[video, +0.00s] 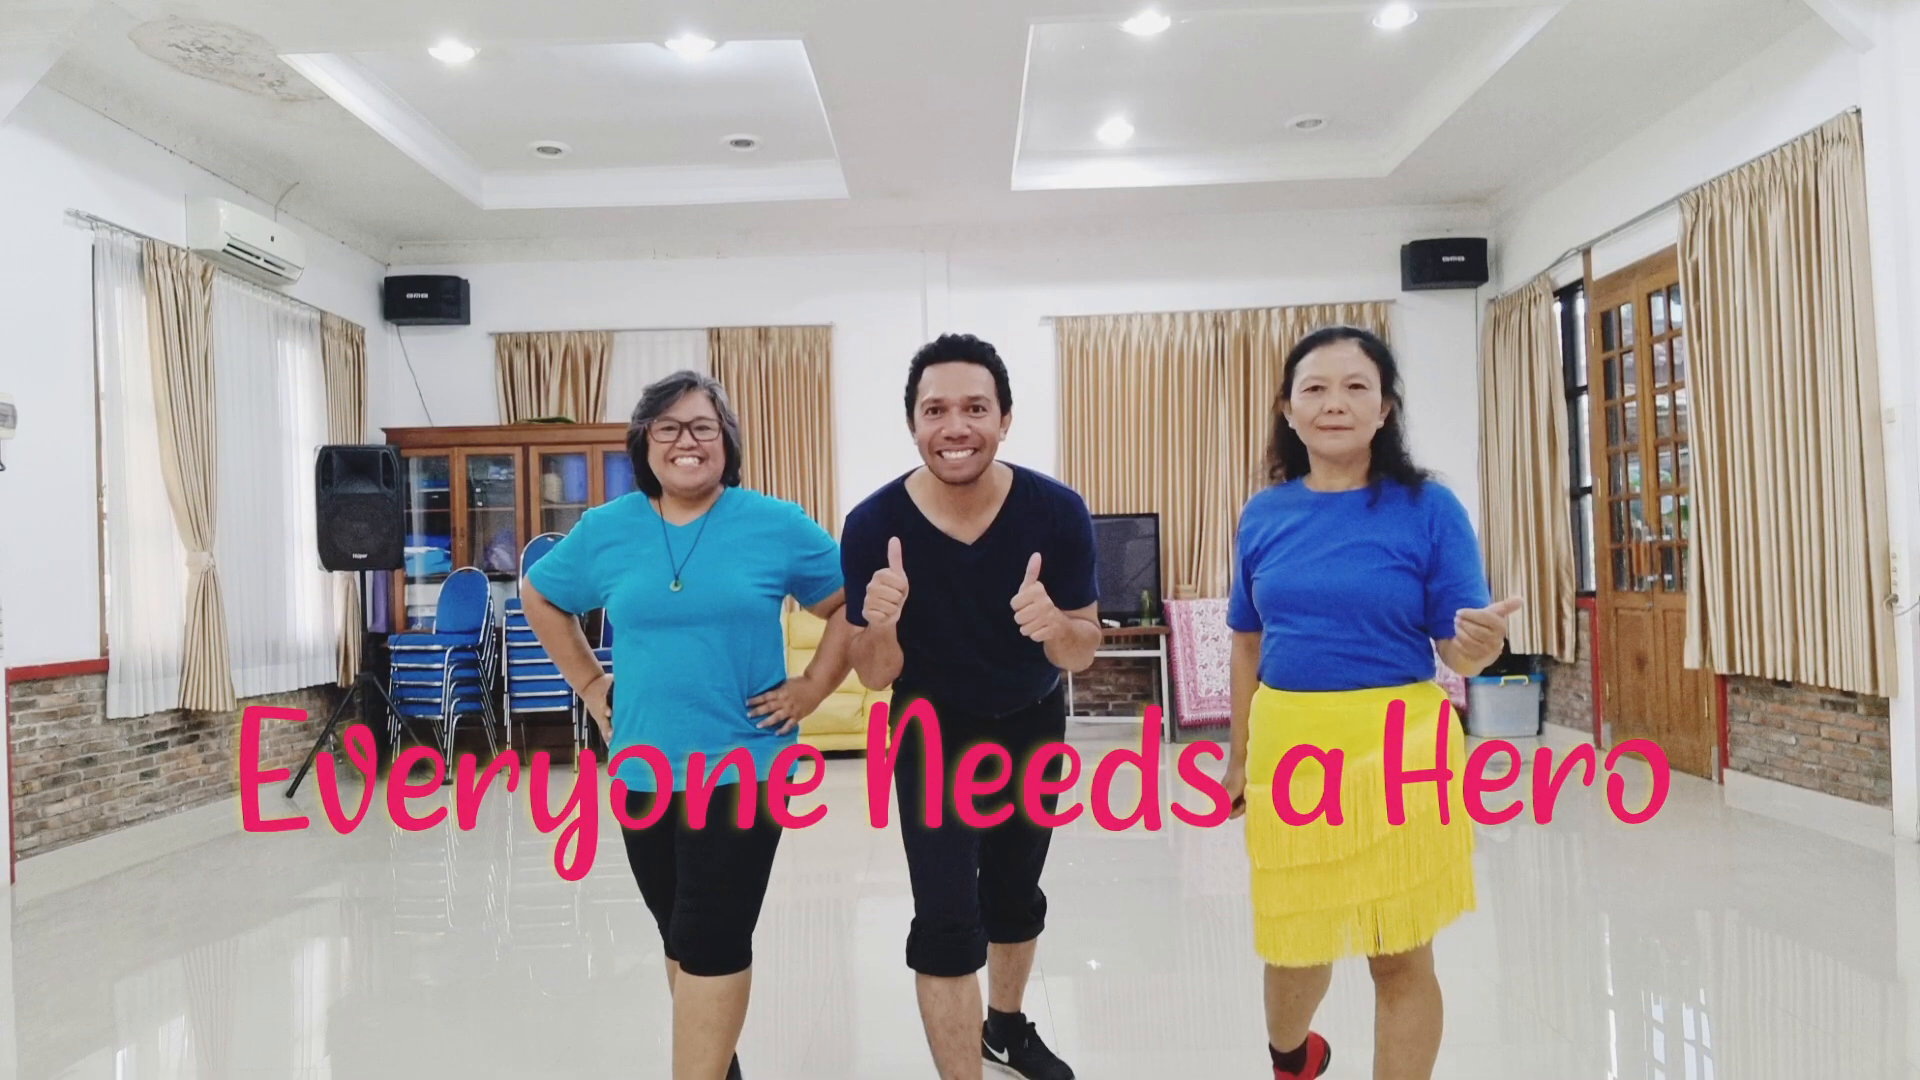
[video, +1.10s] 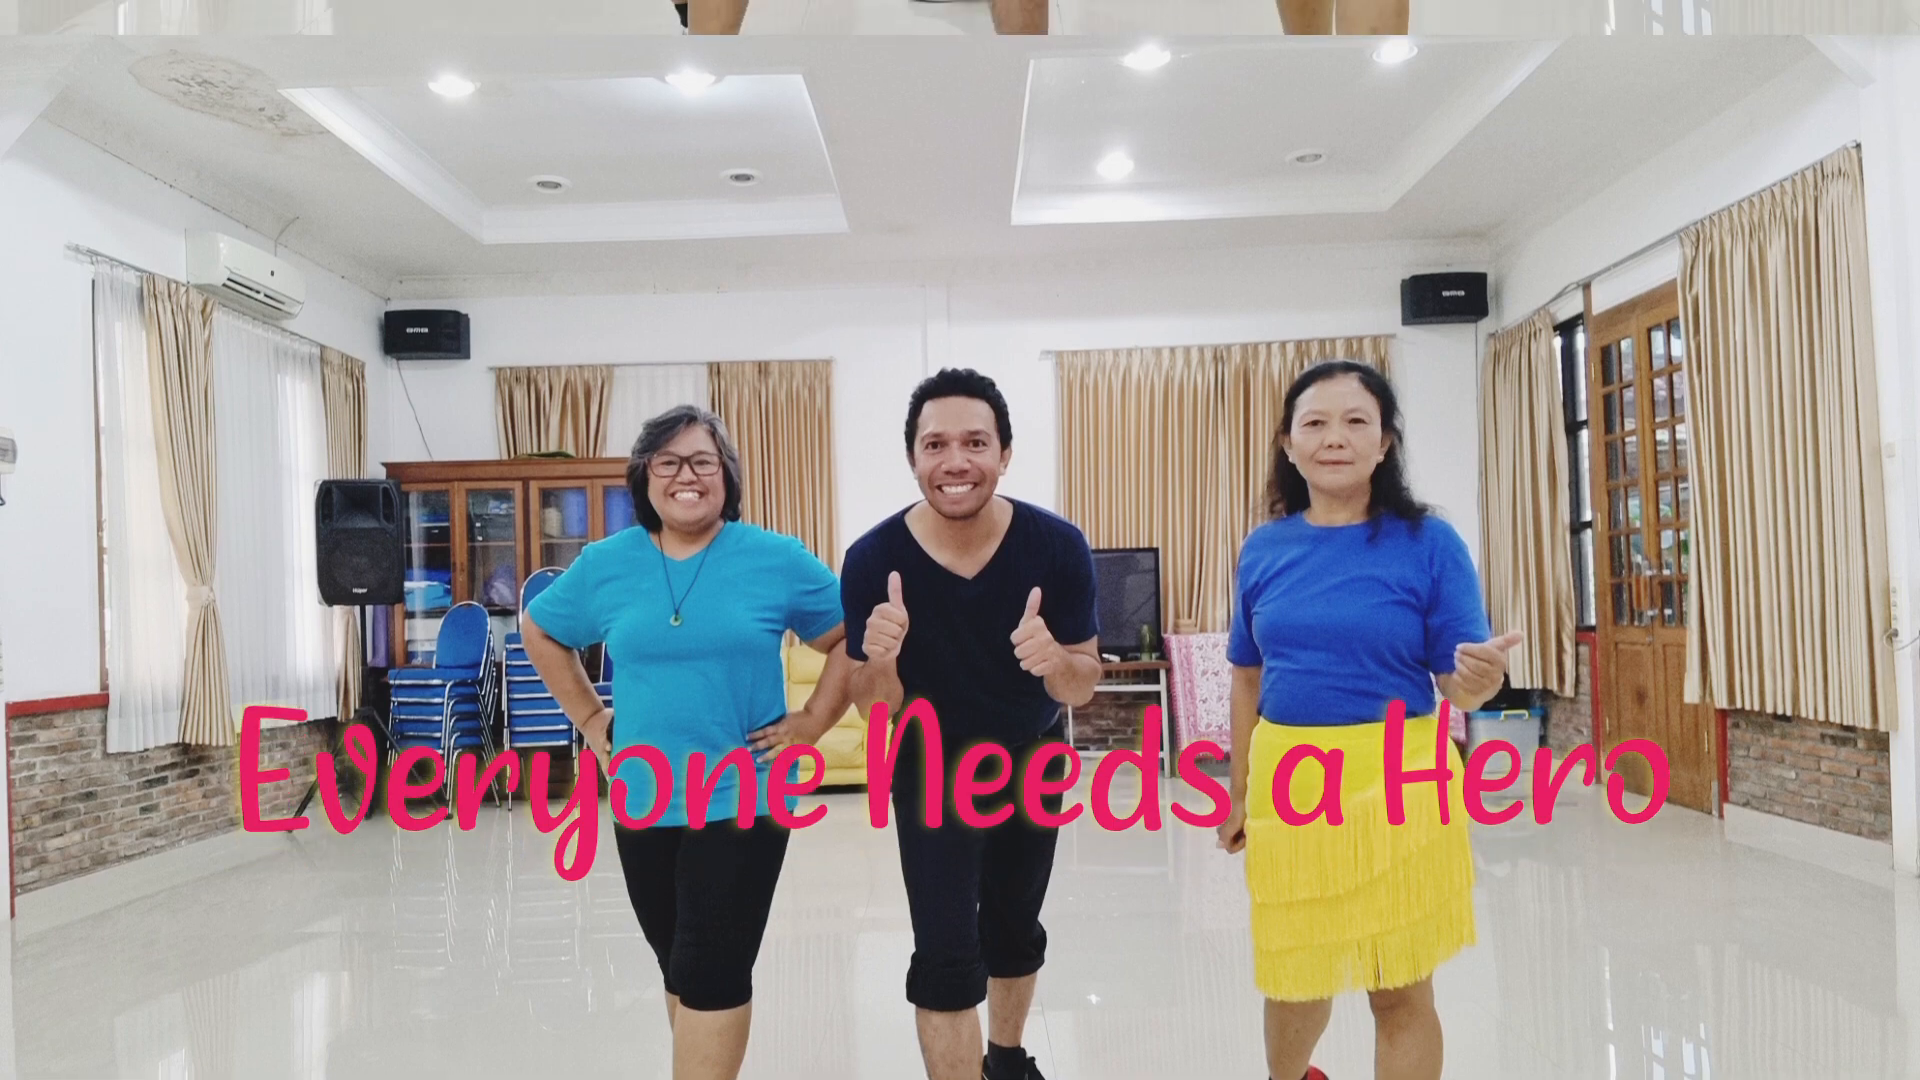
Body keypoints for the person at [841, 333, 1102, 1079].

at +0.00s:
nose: (956, 426)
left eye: (975, 408)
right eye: (936, 410)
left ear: (1004, 420)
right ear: (913, 424)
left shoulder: (1059, 514)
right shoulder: (872, 526)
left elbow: (1080, 654)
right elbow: (875, 673)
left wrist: (1053, 626)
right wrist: (879, 626)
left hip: (1030, 722)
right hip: (929, 726)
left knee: (1016, 894)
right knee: (948, 919)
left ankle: (1005, 1026)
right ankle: (959, 1076)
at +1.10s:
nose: (955, 462)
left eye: (974, 443)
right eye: (936, 444)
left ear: (1004, 455)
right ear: (913, 459)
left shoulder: (1057, 547)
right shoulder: (872, 561)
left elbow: (1082, 689)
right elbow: (872, 699)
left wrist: (1053, 662)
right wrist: (879, 662)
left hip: (1029, 765)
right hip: (932, 768)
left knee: (1013, 931)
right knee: (947, 957)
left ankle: (1007, 1059)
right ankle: (956, 1079)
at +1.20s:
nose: (955, 544)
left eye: (975, 525)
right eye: (936, 528)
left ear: (1004, 537)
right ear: (912, 542)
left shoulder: (1056, 629)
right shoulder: (873, 641)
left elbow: (1088, 753)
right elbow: (872, 786)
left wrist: (1054, 742)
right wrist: (885, 733)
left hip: (1029, 855)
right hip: (930, 856)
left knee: (1014, 1027)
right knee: (948, 1040)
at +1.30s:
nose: (955, 705)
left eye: (976, 685)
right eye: (935, 687)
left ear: (1005, 698)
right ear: (913, 701)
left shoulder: (1049, 781)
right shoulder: (873, 800)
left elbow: (1081, 930)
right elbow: (875, 952)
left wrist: (1055, 902)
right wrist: (880, 904)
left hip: (1028, 999)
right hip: (929, 1001)